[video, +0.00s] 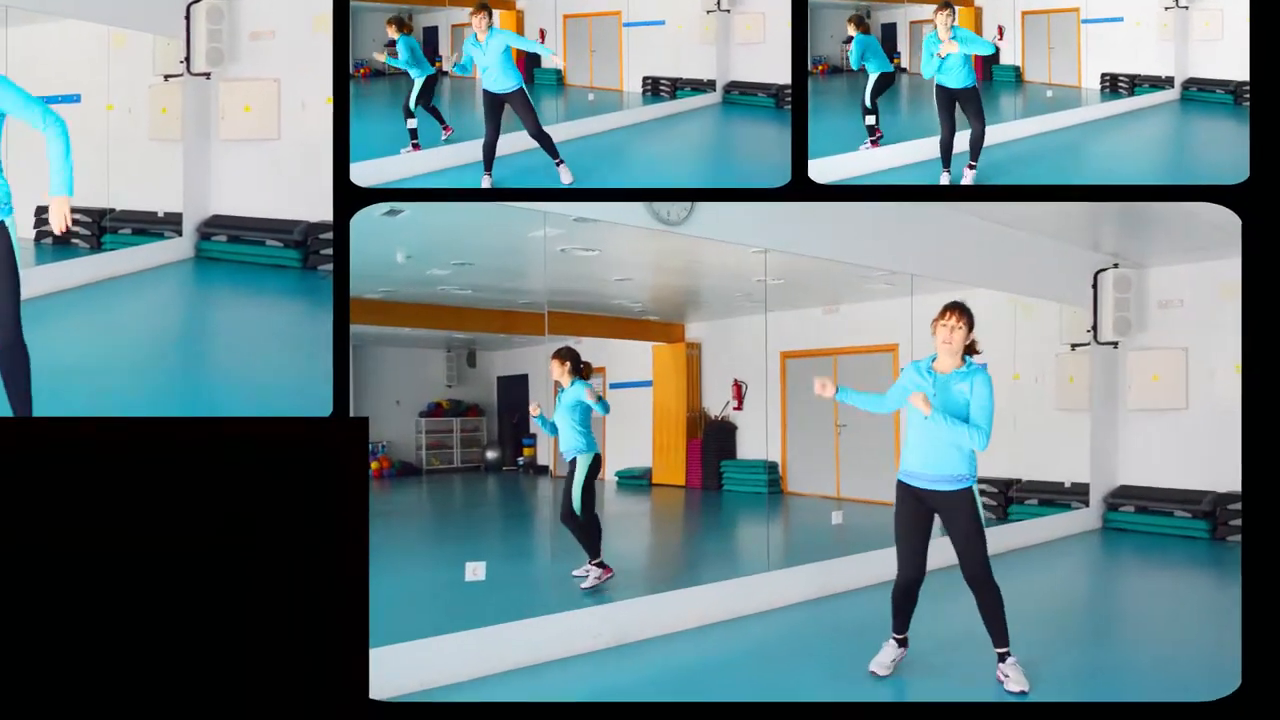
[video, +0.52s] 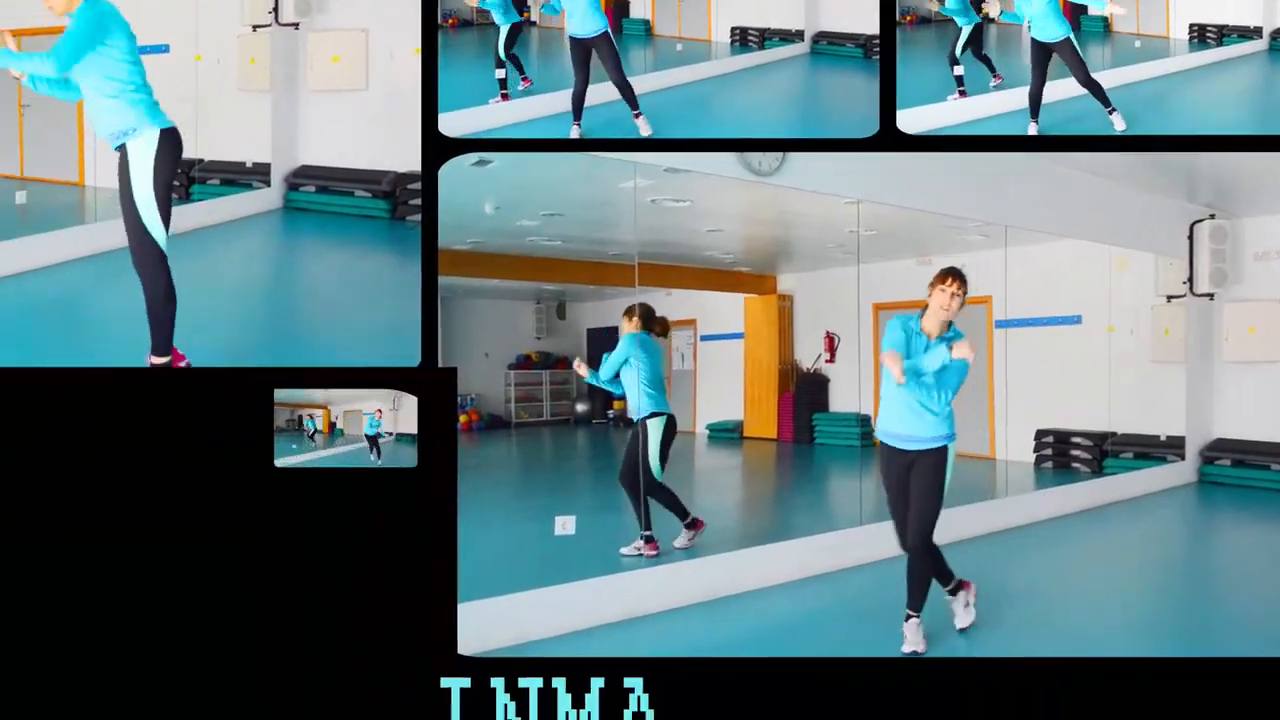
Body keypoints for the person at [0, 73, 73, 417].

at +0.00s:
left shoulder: (1, 88)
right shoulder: (4, 89)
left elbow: (53, 123)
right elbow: (53, 124)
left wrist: (60, 195)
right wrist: (59, 197)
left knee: (7, 335)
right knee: (7, 335)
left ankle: (23, 415)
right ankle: (23, 413)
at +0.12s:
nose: (4, 39)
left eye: (2, 33)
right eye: (4, 34)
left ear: (1, 37)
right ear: (5, 37)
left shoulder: (8, 73)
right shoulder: (10, 74)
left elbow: (70, 105)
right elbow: (69, 105)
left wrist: (55, 174)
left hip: (7, 212)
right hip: (1, 214)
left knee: (20, 321)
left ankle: (56, 411)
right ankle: (14, 399)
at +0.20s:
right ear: (7, 48)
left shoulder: (16, 82)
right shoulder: (12, 83)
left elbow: (76, 126)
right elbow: (76, 125)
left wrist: (51, 186)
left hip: (20, 217)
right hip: (3, 220)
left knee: (23, 331)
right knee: (5, 331)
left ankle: (76, 409)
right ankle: (69, 404)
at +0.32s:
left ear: (13, 55)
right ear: (15, 56)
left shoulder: (41, 102)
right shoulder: (23, 106)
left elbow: (81, 164)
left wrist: (19, 199)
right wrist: (16, 199)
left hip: (68, 229)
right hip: (52, 231)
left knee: (47, 339)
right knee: (43, 337)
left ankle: (110, 406)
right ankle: (105, 404)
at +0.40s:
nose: (6, 50)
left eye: (10, 39)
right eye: (5, 41)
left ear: (36, 37)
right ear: (35, 39)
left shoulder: (60, 77)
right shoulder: (49, 80)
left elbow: (68, 144)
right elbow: (55, 150)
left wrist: (9, 150)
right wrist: (17, 159)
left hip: (98, 204)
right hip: (82, 205)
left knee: (81, 313)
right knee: (75, 312)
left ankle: (130, 388)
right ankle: (129, 386)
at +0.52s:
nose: (45, 4)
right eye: (45, 1)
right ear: (66, 0)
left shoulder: (95, 12)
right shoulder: (86, 27)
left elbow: (55, 63)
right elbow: (72, 90)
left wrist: (5, 54)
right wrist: (25, 74)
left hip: (148, 141)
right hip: (135, 144)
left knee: (150, 256)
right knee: (146, 255)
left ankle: (162, 357)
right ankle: (164, 355)